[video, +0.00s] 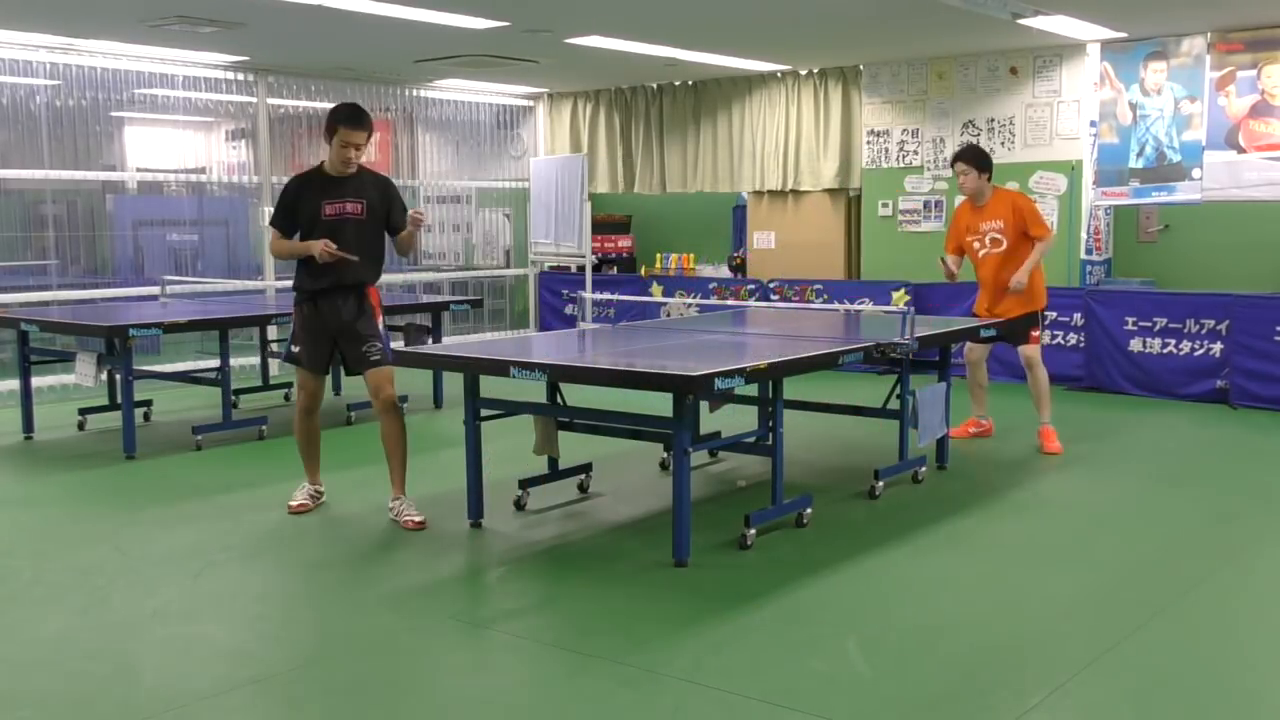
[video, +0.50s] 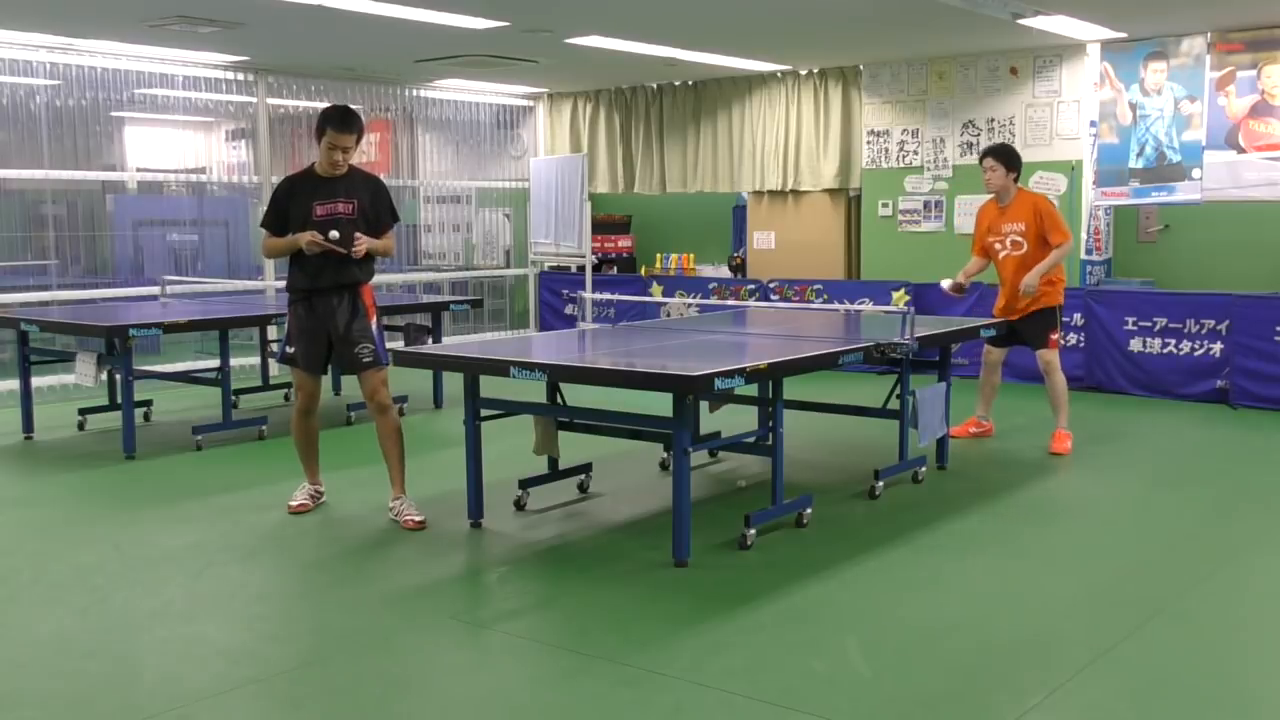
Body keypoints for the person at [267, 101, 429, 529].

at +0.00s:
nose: (354, 156)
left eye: (361, 148)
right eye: (347, 147)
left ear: (368, 146)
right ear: (328, 139)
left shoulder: (380, 187)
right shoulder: (299, 187)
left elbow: (405, 250)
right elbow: (277, 246)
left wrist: (411, 230)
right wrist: (308, 247)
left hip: (361, 303)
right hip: (313, 305)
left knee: (387, 398)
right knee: (306, 400)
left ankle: (399, 498)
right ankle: (312, 485)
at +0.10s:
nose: (349, 155)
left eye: (356, 147)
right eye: (341, 145)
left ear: (364, 144)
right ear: (324, 140)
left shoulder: (377, 186)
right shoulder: (298, 188)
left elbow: (401, 251)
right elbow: (276, 248)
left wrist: (392, 233)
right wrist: (307, 242)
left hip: (361, 303)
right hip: (312, 305)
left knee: (387, 398)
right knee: (306, 400)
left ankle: (399, 498)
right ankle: (312, 485)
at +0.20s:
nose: (346, 155)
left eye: (354, 147)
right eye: (339, 145)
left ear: (362, 145)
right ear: (322, 140)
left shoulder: (375, 186)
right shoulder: (296, 188)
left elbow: (395, 249)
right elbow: (275, 248)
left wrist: (376, 234)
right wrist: (306, 241)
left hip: (361, 302)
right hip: (312, 305)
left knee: (387, 398)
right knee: (306, 400)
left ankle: (399, 497)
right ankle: (312, 485)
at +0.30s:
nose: (344, 155)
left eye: (352, 147)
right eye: (336, 145)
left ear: (361, 145)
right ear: (320, 140)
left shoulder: (373, 185)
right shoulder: (294, 188)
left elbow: (392, 248)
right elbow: (273, 248)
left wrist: (370, 235)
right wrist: (304, 240)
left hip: (360, 301)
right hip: (311, 304)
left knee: (385, 397)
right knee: (307, 400)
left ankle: (399, 497)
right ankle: (312, 484)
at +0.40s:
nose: (342, 156)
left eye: (350, 149)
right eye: (334, 147)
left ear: (359, 145)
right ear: (318, 140)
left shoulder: (373, 186)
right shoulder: (292, 188)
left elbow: (391, 247)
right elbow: (271, 248)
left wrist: (370, 240)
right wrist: (300, 241)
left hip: (358, 302)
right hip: (310, 304)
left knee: (383, 397)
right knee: (306, 400)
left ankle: (399, 496)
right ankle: (312, 484)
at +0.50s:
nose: (340, 158)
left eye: (348, 150)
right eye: (333, 148)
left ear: (358, 146)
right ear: (317, 141)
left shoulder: (371, 187)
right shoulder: (290, 189)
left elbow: (390, 246)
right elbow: (269, 247)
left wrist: (371, 244)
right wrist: (298, 241)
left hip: (356, 303)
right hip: (307, 305)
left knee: (381, 399)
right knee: (305, 401)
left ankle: (399, 496)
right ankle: (312, 484)